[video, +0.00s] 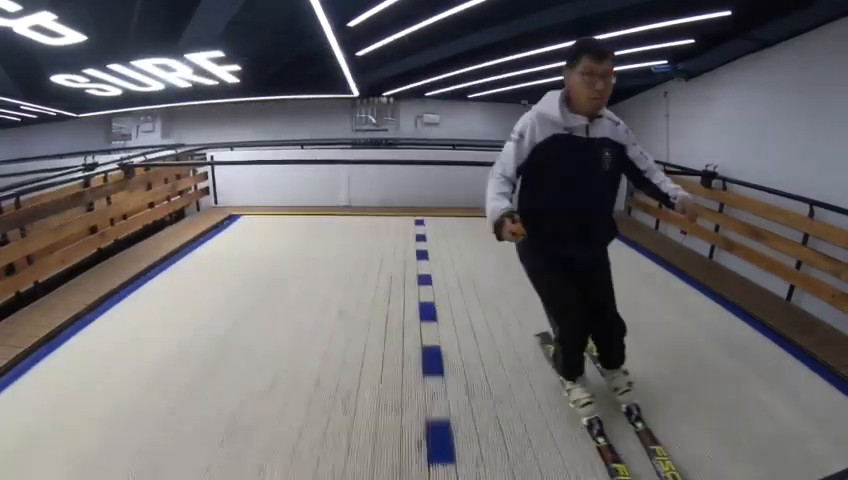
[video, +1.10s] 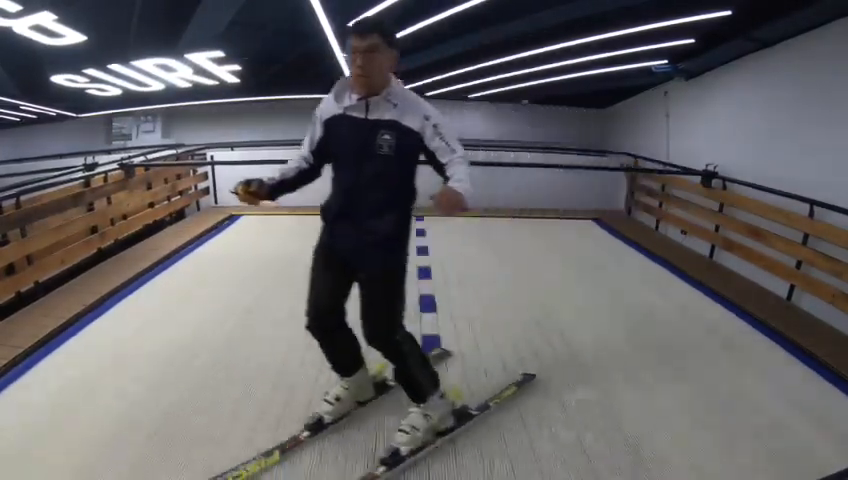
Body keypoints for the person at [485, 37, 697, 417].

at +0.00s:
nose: (599, 85)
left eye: (606, 77)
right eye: (590, 77)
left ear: (613, 81)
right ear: (567, 77)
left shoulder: (614, 129)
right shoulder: (538, 122)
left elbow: (645, 170)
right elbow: (503, 173)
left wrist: (677, 197)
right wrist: (502, 214)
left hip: (591, 240)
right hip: (543, 242)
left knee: (606, 315)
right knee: (570, 317)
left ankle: (613, 367)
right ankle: (571, 378)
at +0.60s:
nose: (561, 82)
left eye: (569, 71)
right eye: (551, 73)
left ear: (583, 73)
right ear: (535, 76)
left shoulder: (607, 129)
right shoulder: (513, 128)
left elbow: (650, 170)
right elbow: (486, 182)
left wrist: (672, 198)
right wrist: (464, 215)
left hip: (584, 261)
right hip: (527, 262)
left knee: (589, 350)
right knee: (535, 354)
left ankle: (626, 409)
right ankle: (569, 412)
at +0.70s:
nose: (529, 78)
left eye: (539, 68)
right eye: (520, 69)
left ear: (556, 73)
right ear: (508, 75)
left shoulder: (580, 128)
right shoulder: (486, 125)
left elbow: (624, 170)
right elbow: (460, 182)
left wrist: (641, 195)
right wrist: (431, 209)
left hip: (554, 259)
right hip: (498, 258)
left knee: (557, 354)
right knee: (499, 353)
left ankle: (597, 413)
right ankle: (538, 412)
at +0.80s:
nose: (491, 74)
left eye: (501, 65)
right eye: (483, 66)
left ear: (520, 69)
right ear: (474, 71)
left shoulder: (544, 124)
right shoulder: (453, 121)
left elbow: (589, 167)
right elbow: (429, 179)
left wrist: (602, 196)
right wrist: (396, 204)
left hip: (517, 256)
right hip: (462, 253)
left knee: (516, 352)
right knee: (456, 346)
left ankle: (561, 415)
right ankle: (497, 412)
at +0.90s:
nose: (449, 71)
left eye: (460, 62)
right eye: (441, 63)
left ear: (480, 66)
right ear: (434, 67)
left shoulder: (505, 120)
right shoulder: (416, 118)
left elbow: (549, 169)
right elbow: (393, 176)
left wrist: (552, 196)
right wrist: (357, 200)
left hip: (475, 251)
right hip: (423, 246)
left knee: (471, 348)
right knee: (408, 336)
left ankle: (522, 414)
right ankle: (449, 404)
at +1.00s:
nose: (406, 68)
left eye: (416, 59)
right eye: (398, 59)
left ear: (438, 64)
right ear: (390, 65)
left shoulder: (461, 119)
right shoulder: (377, 117)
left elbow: (505, 167)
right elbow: (351, 172)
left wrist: (505, 195)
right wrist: (312, 194)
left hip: (431, 247)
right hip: (381, 242)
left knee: (423, 341)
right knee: (363, 329)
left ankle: (475, 412)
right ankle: (402, 393)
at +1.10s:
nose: (359, 62)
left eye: (370, 53)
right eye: (353, 54)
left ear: (392, 59)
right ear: (347, 60)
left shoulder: (413, 113)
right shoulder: (332, 110)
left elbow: (453, 159)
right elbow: (308, 163)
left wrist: (456, 188)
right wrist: (268, 188)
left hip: (385, 238)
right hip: (337, 233)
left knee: (381, 330)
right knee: (322, 319)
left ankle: (431, 403)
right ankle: (356, 381)